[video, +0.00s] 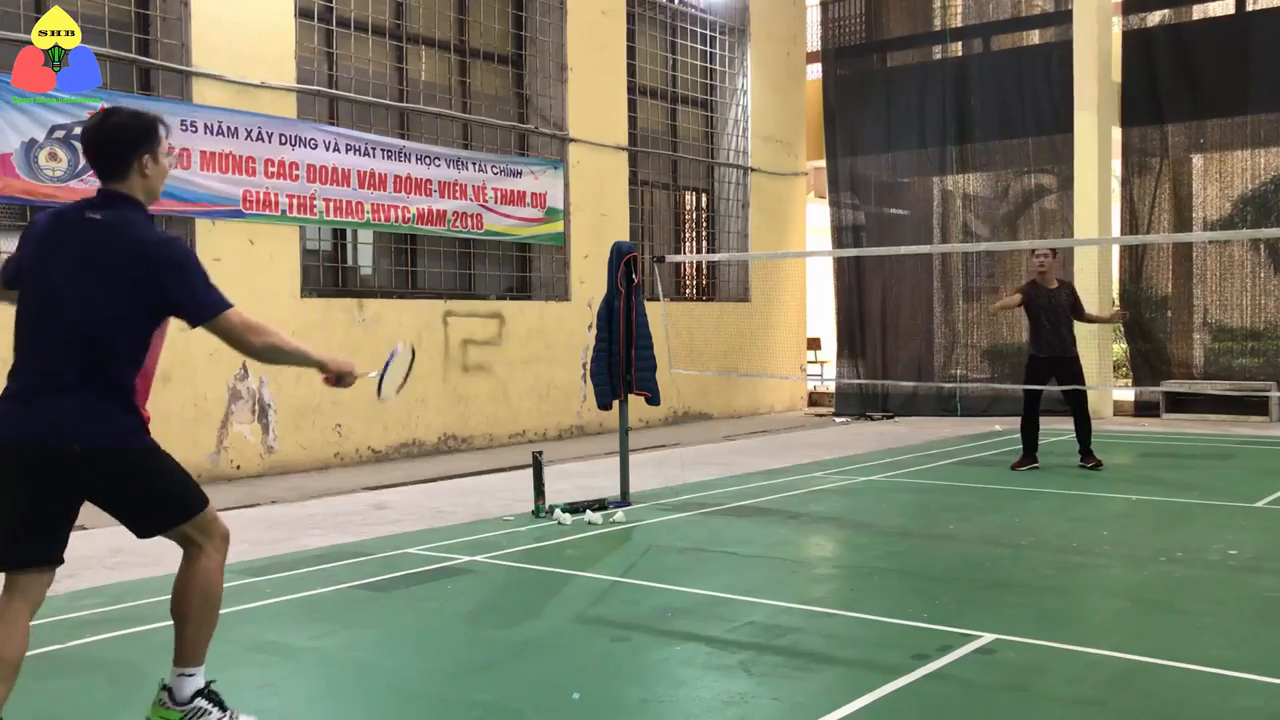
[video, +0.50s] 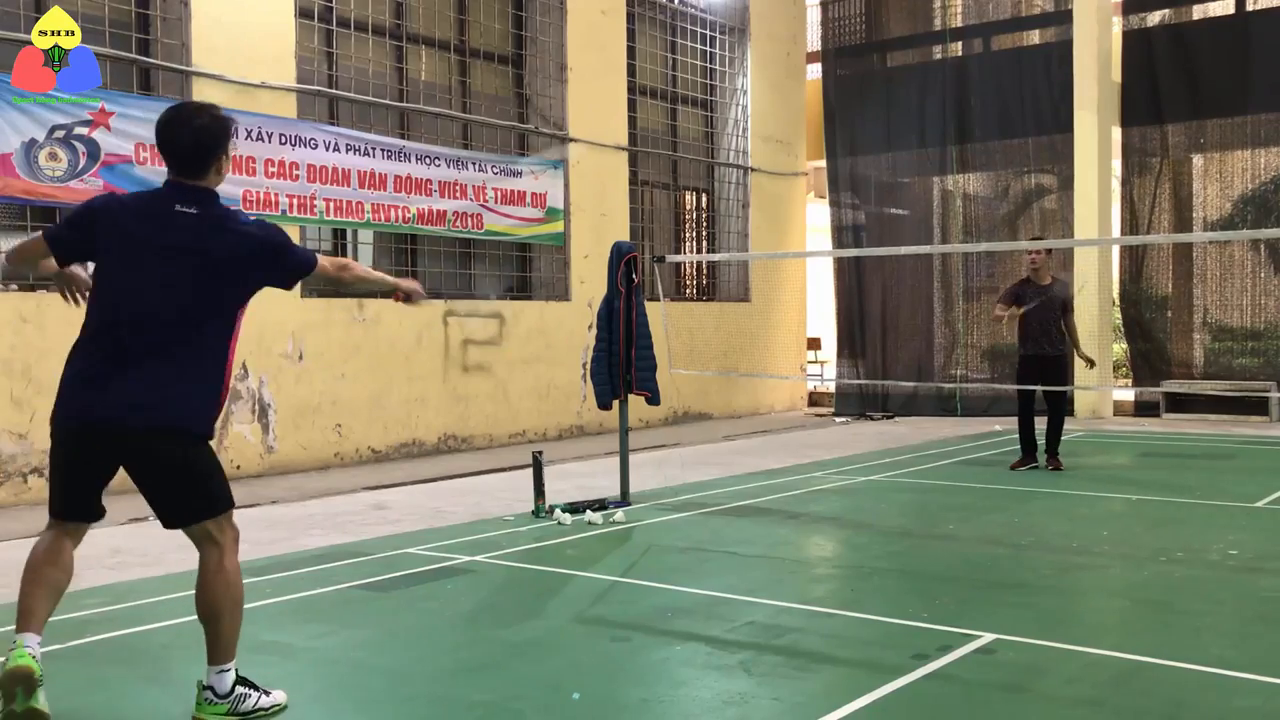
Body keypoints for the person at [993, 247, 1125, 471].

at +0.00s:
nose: (1040, 260)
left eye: (1045, 256)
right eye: (1037, 256)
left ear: (1055, 260)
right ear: (1033, 261)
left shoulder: (1067, 289)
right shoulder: (1029, 290)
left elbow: (1080, 316)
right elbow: (1014, 300)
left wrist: (1109, 318)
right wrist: (1002, 304)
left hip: (1067, 358)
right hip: (1039, 358)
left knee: (1080, 406)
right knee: (1030, 406)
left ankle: (1087, 454)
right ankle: (1029, 455)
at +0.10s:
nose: (1033, 259)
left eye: (1038, 255)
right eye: (1029, 256)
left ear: (1048, 260)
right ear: (1025, 261)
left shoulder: (1062, 288)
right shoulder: (1021, 290)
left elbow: (1072, 313)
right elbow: (1007, 310)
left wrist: (1101, 326)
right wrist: (999, 323)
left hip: (1061, 357)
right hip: (1032, 358)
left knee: (1076, 404)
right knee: (1027, 408)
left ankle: (1083, 453)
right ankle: (1029, 456)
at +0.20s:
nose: (1028, 259)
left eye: (1033, 255)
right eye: (1025, 255)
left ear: (1045, 259)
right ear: (1022, 260)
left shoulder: (1058, 287)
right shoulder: (1016, 291)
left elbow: (1070, 316)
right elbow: (1006, 316)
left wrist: (1094, 338)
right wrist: (997, 335)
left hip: (1057, 357)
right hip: (1028, 358)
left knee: (1070, 401)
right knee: (1024, 405)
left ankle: (1072, 451)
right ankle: (1029, 456)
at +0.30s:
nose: (1027, 258)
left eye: (1032, 253)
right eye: (1024, 254)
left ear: (1042, 256)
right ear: (1021, 258)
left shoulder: (1059, 287)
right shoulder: (1015, 290)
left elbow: (1069, 319)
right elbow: (1005, 317)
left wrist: (1085, 346)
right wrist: (994, 340)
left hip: (1055, 356)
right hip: (1027, 357)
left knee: (1062, 406)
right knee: (1024, 407)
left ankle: (1061, 453)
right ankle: (1028, 456)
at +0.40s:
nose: (1029, 257)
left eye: (1034, 252)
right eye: (1026, 253)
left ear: (1044, 255)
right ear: (1023, 256)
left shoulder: (1060, 286)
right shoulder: (1016, 288)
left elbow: (1067, 320)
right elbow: (1003, 315)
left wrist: (1078, 349)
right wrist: (997, 334)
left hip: (1055, 356)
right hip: (1027, 356)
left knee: (1057, 408)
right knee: (1024, 408)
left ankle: (1053, 455)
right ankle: (1029, 456)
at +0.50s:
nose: (1032, 257)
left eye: (1038, 253)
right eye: (1029, 253)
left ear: (1048, 256)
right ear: (1025, 257)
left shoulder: (1062, 287)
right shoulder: (1018, 288)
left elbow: (1069, 321)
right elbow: (996, 314)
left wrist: (1079, 350)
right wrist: (1011, 313)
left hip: (1056, 357)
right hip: (1028, 357)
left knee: (1057, 409)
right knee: (1025, 409)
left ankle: (1052, 456)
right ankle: (1028, 456)